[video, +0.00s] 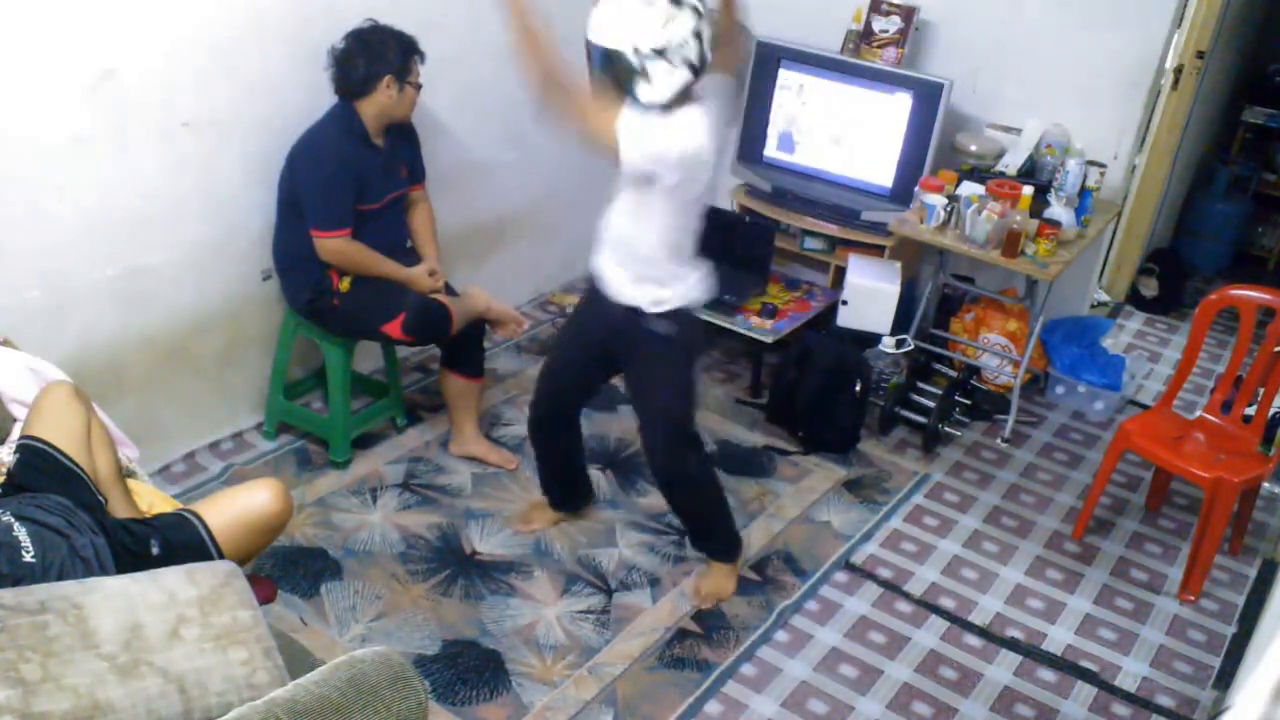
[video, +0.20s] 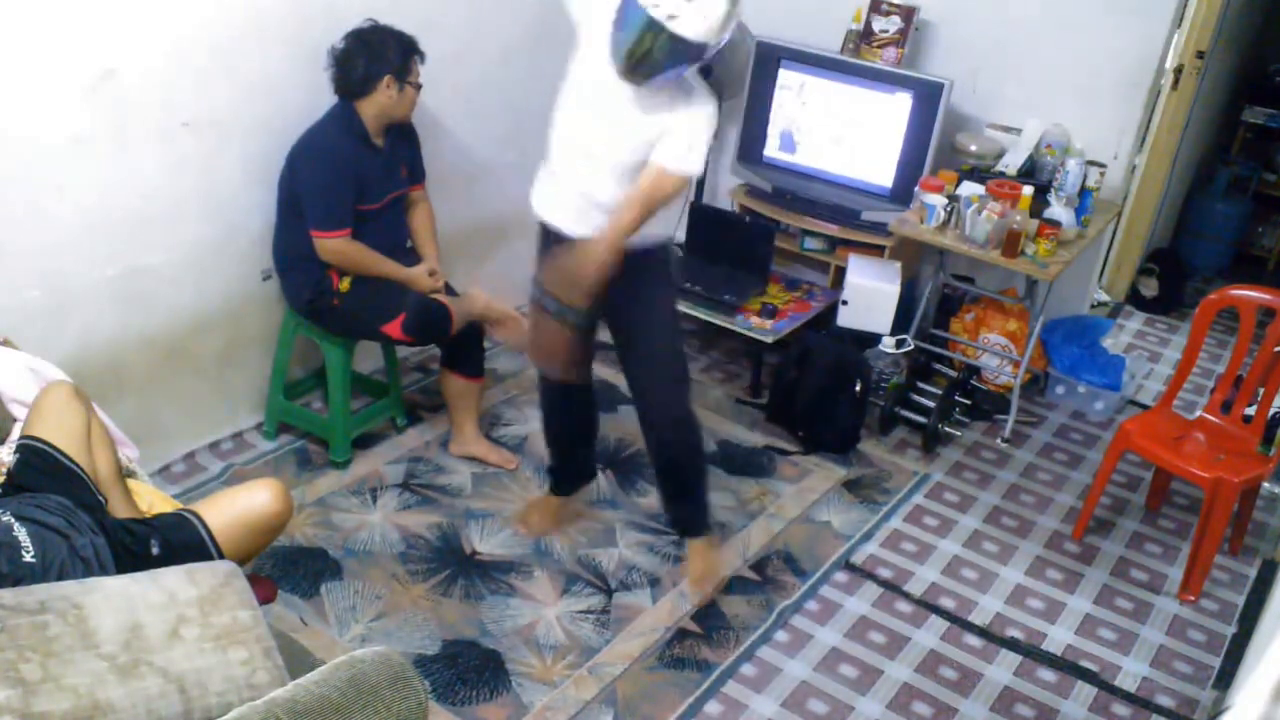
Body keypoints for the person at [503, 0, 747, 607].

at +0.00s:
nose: (619, 74)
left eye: (628, 61)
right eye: (616, 61)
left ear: (658, 60)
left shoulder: (691, 129)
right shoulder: (657, 105)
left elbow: (575, 105)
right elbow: (728, 46)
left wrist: (521, 16)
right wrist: (724, 11)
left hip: (663, 315)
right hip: (608, 296)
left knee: (669, 449)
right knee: (551, 405)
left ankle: (723, 553)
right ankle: (567, 500)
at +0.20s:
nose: (641, 57)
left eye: (667, 53)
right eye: (640, 36)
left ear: (696, 53)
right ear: (630, 13)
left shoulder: (692, 110)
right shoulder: (596, 19)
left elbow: (640, 205)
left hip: (639, 254)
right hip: (561, 234)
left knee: (663, 401)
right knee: (561, 370)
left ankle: (696, 536)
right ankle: (567, 488)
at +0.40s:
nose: (647, 85)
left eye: (666, 78)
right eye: (644, 68)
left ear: (683, 71)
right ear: (621, 37)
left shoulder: (669, 111)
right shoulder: (550, 61)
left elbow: (728, 199)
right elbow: (526, 3)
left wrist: (813, 254)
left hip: (611, 286)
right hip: (533, 282)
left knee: (631, 432)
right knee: (526, 428)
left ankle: (627, 565)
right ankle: (528, 544)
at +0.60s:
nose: (639, 52)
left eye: (653, 43)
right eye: (630, 34)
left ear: (662, 47)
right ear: (601, 24)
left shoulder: (641, 94)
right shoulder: (539, 62)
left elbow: (667, 127)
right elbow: (434, 26)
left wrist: (729, 116)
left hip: (606, 283)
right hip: (528, 283)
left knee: (620, 428)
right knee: (526, 424)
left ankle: (613, 552)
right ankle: (525, 533)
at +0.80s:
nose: (607, 42)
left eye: (620, 31)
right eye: (594, 26)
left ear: (633, 31)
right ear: (567, 20)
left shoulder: (632, 65)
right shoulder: (522, 65)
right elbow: (462, 18)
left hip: (612, 287)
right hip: (529, 289)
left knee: (619, 451)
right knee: (507, 447)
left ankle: (610, 574)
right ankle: (485, 585)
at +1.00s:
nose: (583, 93)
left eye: (596, 76)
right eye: (565, 77)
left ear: (621, 66)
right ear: (534, 75)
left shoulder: (644, 95)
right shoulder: (516, 120)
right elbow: (471, 94)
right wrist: (517, 4)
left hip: (624, 321)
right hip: (538, 323)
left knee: (629, 489)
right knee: (499, 477)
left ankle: (615, 575)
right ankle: (479, 597)